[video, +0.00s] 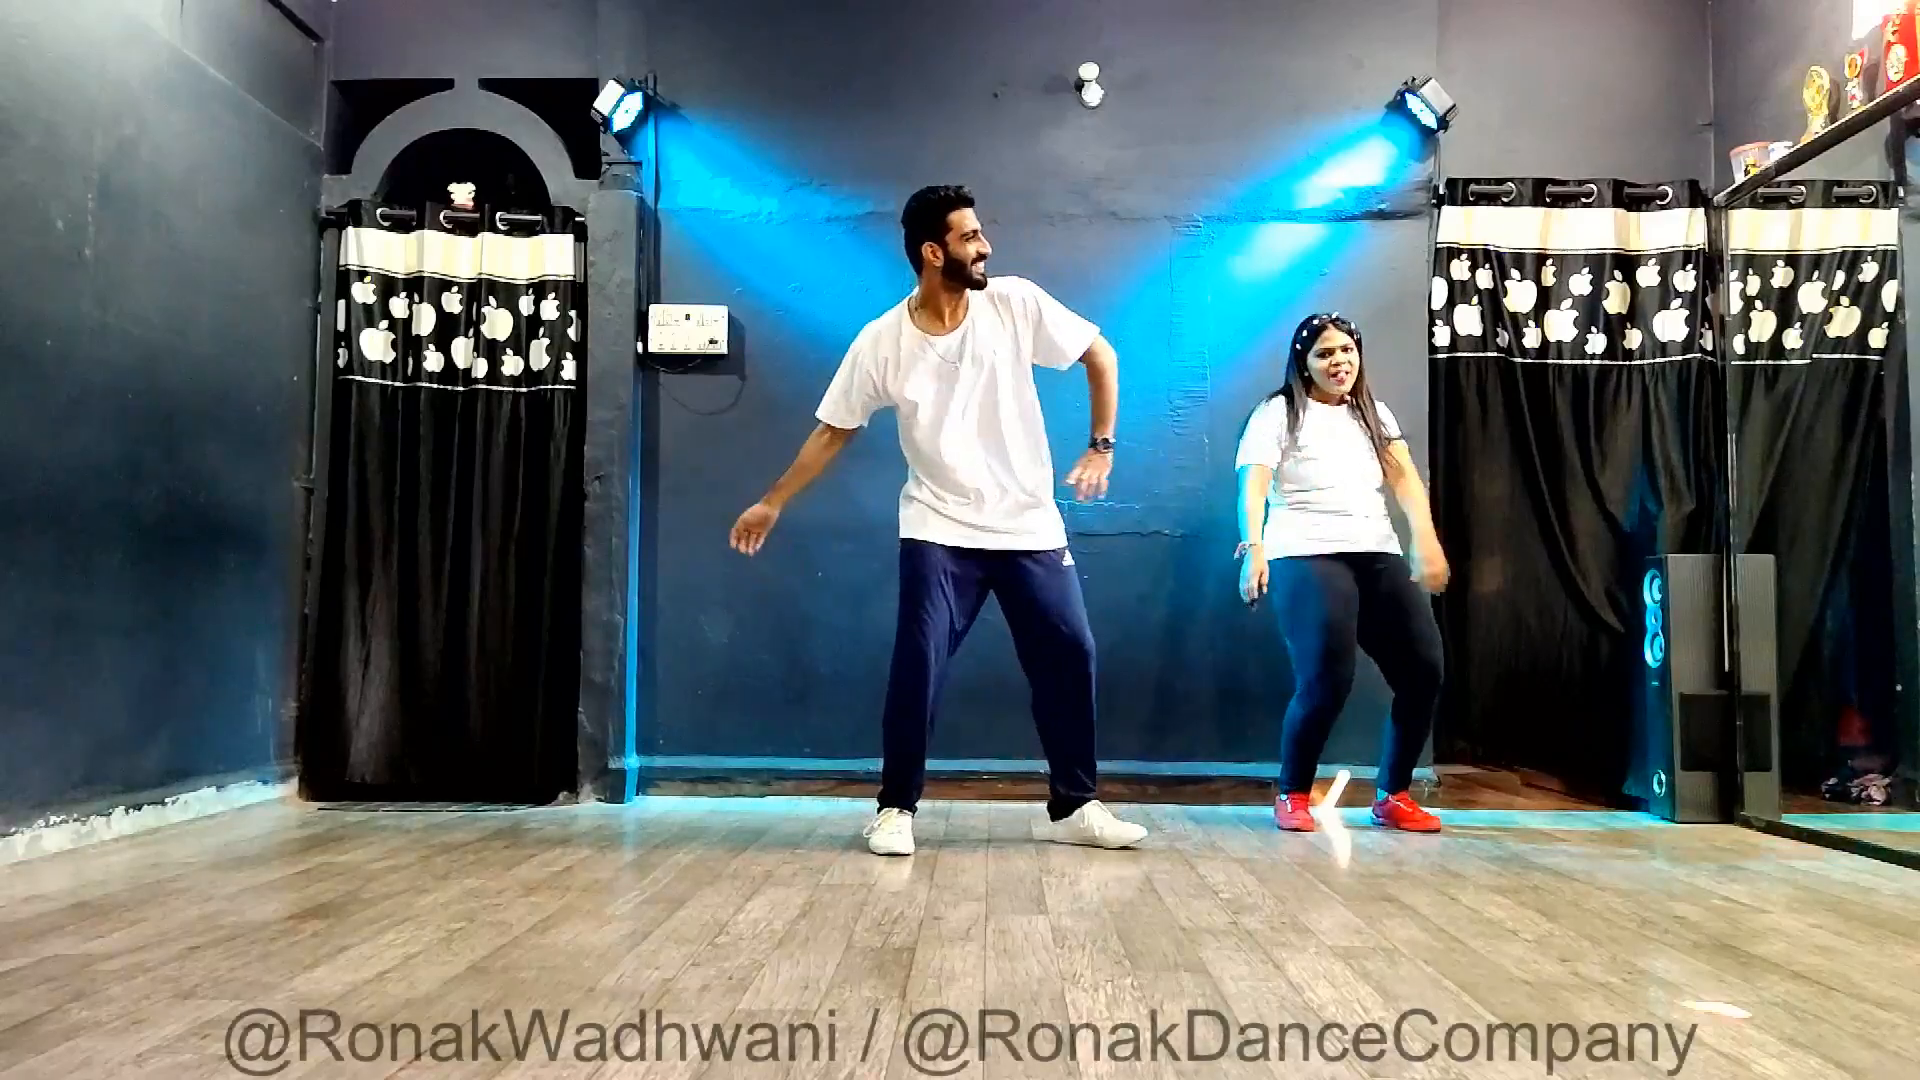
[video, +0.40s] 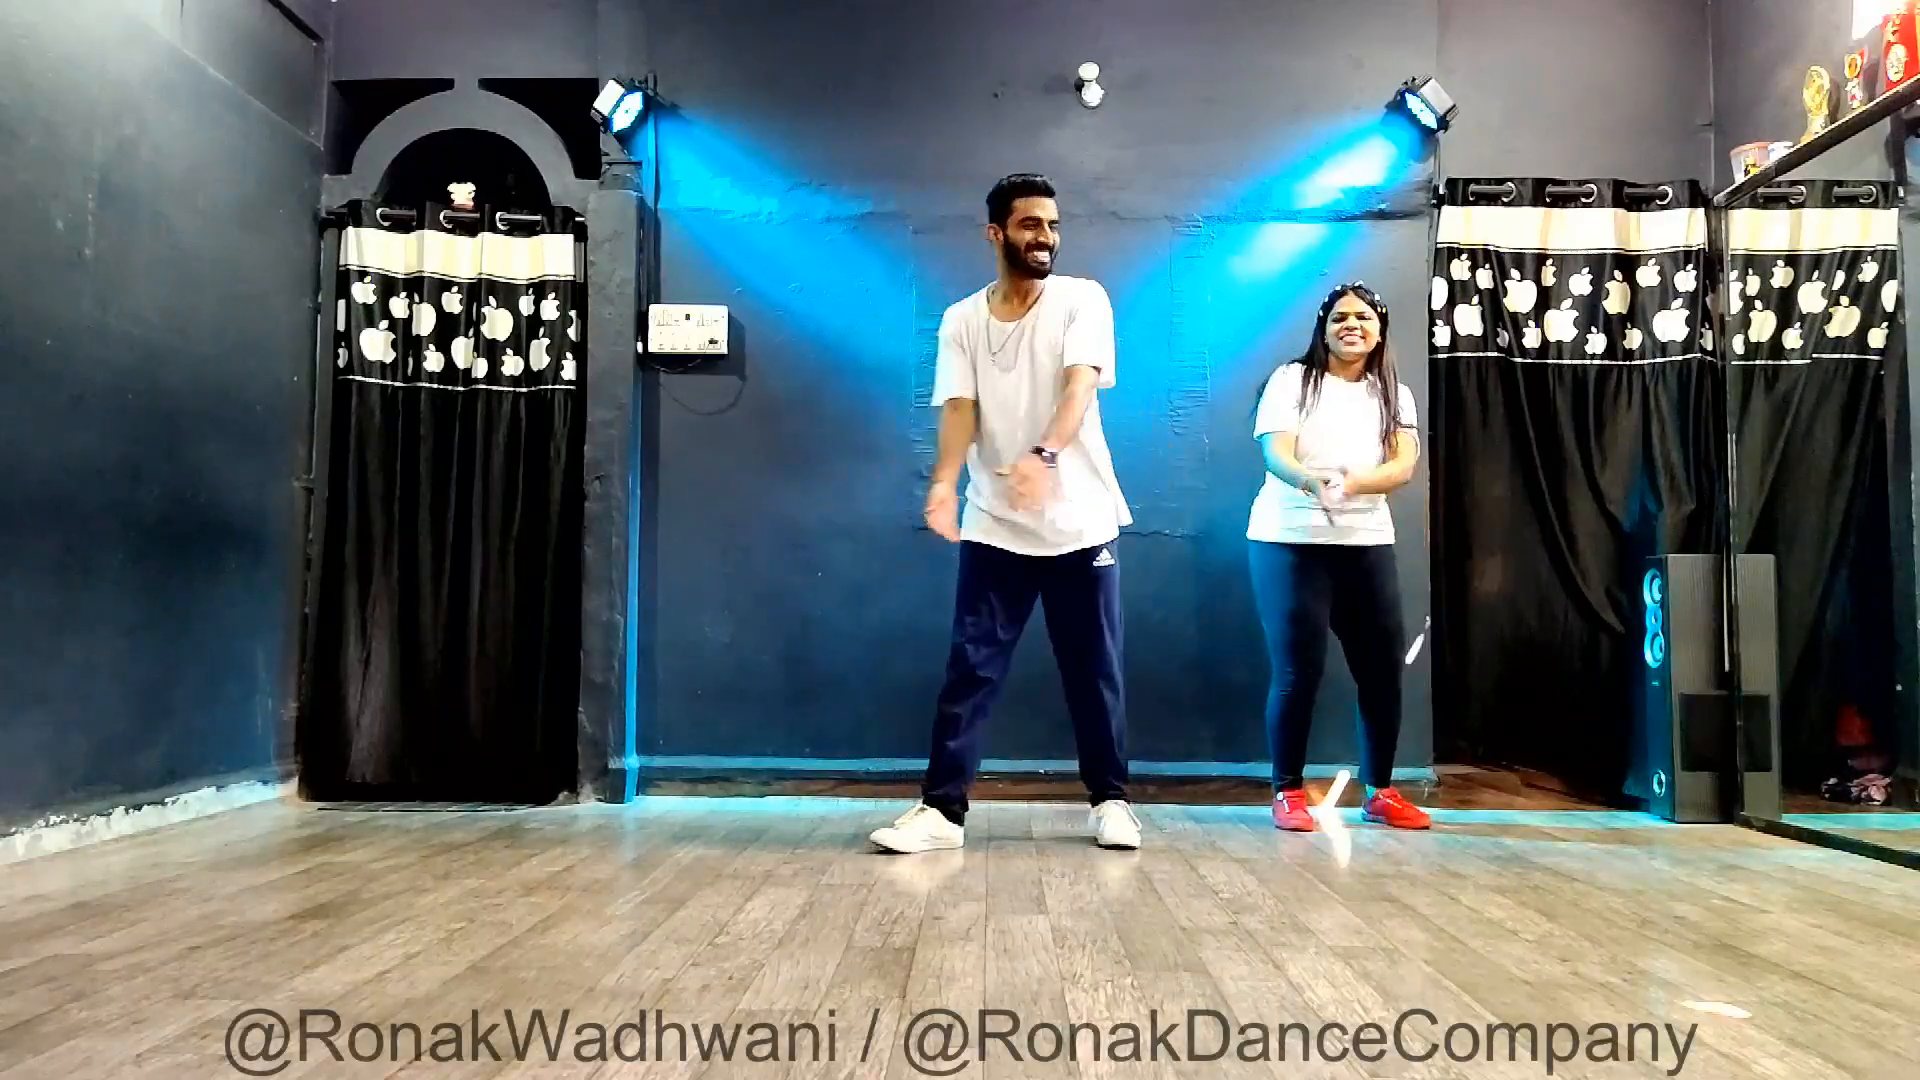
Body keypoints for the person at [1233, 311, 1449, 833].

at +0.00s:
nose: (1338, 361)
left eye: (1346, 350)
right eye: (1324, 354)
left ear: (1358, 355)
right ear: (1303, 362)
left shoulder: (1372, 412)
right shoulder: (1277, 413)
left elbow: (1405, 476)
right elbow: (1255, 483)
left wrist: (1426, 538)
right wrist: (1254, 547)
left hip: (1378, 553)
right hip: (1306, 552)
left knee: (1422, 669)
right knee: (1326, 674)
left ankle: (1392, 796)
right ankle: (1293, 795)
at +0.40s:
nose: (1352, 324)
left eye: (1362, 317)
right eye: (1342, 317)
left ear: (1379, 330)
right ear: (1324, 330)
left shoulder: (1395, 395)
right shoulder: (1291, 380)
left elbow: (1403, 468)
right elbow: (1276, 455)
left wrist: (1351, 483)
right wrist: (1317, 482)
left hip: (1365, 547)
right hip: (1290, 543)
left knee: (1382, 671)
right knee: (1296, 672)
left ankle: (1378, 791)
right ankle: (1288, 792)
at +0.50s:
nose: (1364, 329)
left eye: (1376, 321)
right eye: (1355, 320)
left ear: (1394, 333)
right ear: (1339, 329)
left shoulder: (1404, 391)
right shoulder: (1295, 377)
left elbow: (1392, 452)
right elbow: (1243, 428)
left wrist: (1310, 445)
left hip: (1373, 544)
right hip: (1296, 539)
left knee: (1385, 672)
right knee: (1300, 670)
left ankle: (1380, 793)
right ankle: (1289, 792)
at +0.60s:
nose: (1367, 326)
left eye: (1379, 319)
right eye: (1357, 319)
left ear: (1398, 333)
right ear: (1343, 329)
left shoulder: (1408, 386)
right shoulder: (1299, 373)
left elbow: (1392, 438)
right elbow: (1221, 400)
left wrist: (1304, 429)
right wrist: (1181, 378)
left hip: (1378, 544)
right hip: (1298, 538)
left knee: (1386, 675)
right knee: (1302, 671)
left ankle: (1381, 792)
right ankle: (1289, 793)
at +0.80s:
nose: (1324, 328)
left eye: (1336, 319)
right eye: (1313, 320)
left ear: (1359, 325)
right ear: (1302, 329)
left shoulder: (1383, 366)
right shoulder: (1286, 374)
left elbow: (1395, 425)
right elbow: (1247, 356)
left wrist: (1328, 468)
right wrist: (1213, 316)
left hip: (1385, 540)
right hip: (1306, 538)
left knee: (1392, 669)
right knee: (1299, 644)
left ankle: (1392, 791)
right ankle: (1292, 775)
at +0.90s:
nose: (1291, 348)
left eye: (1301, 337)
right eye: (1279, 341)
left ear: (1322, 339)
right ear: (1265, 349)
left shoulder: (1356, 382)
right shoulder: (1273, 397)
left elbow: (1410, 460)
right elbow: (1252, 413)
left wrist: (1401, 546)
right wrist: (1195, 401)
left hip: (1380, 547)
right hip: (1304, 544)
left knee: (1390, 677)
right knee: (1293, 655)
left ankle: (1399, 790)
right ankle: (1293, 784)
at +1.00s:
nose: (1272, 358)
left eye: (1276, 346)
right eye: (1256, 357)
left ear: (1293, 351)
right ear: (1244, 379)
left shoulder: (1352, 402)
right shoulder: (1250, 430)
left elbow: (1419, 473)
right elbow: (1232, 481)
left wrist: (1448, 550)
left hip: (1386, 562)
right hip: (1301, 566)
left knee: (1393, 684)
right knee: (1284, 676)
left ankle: (1400, 790)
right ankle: (1289, 797)